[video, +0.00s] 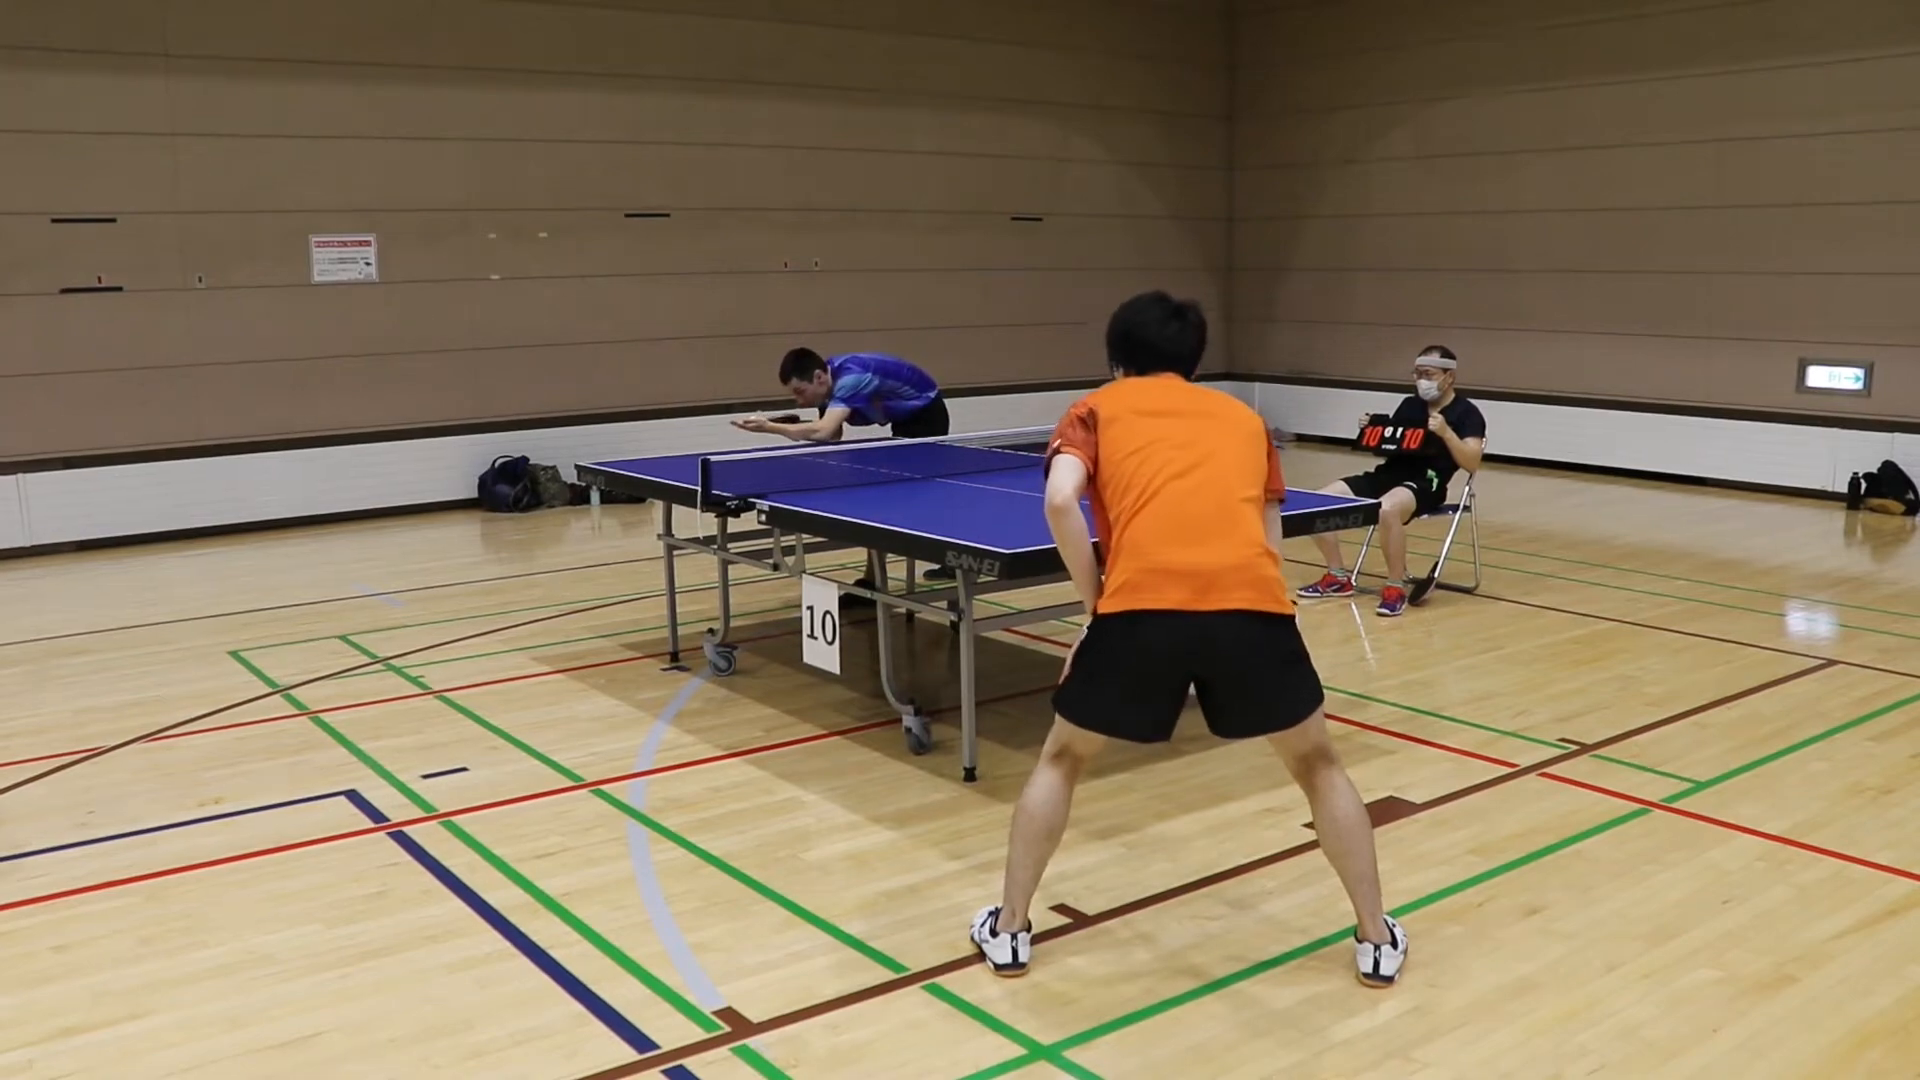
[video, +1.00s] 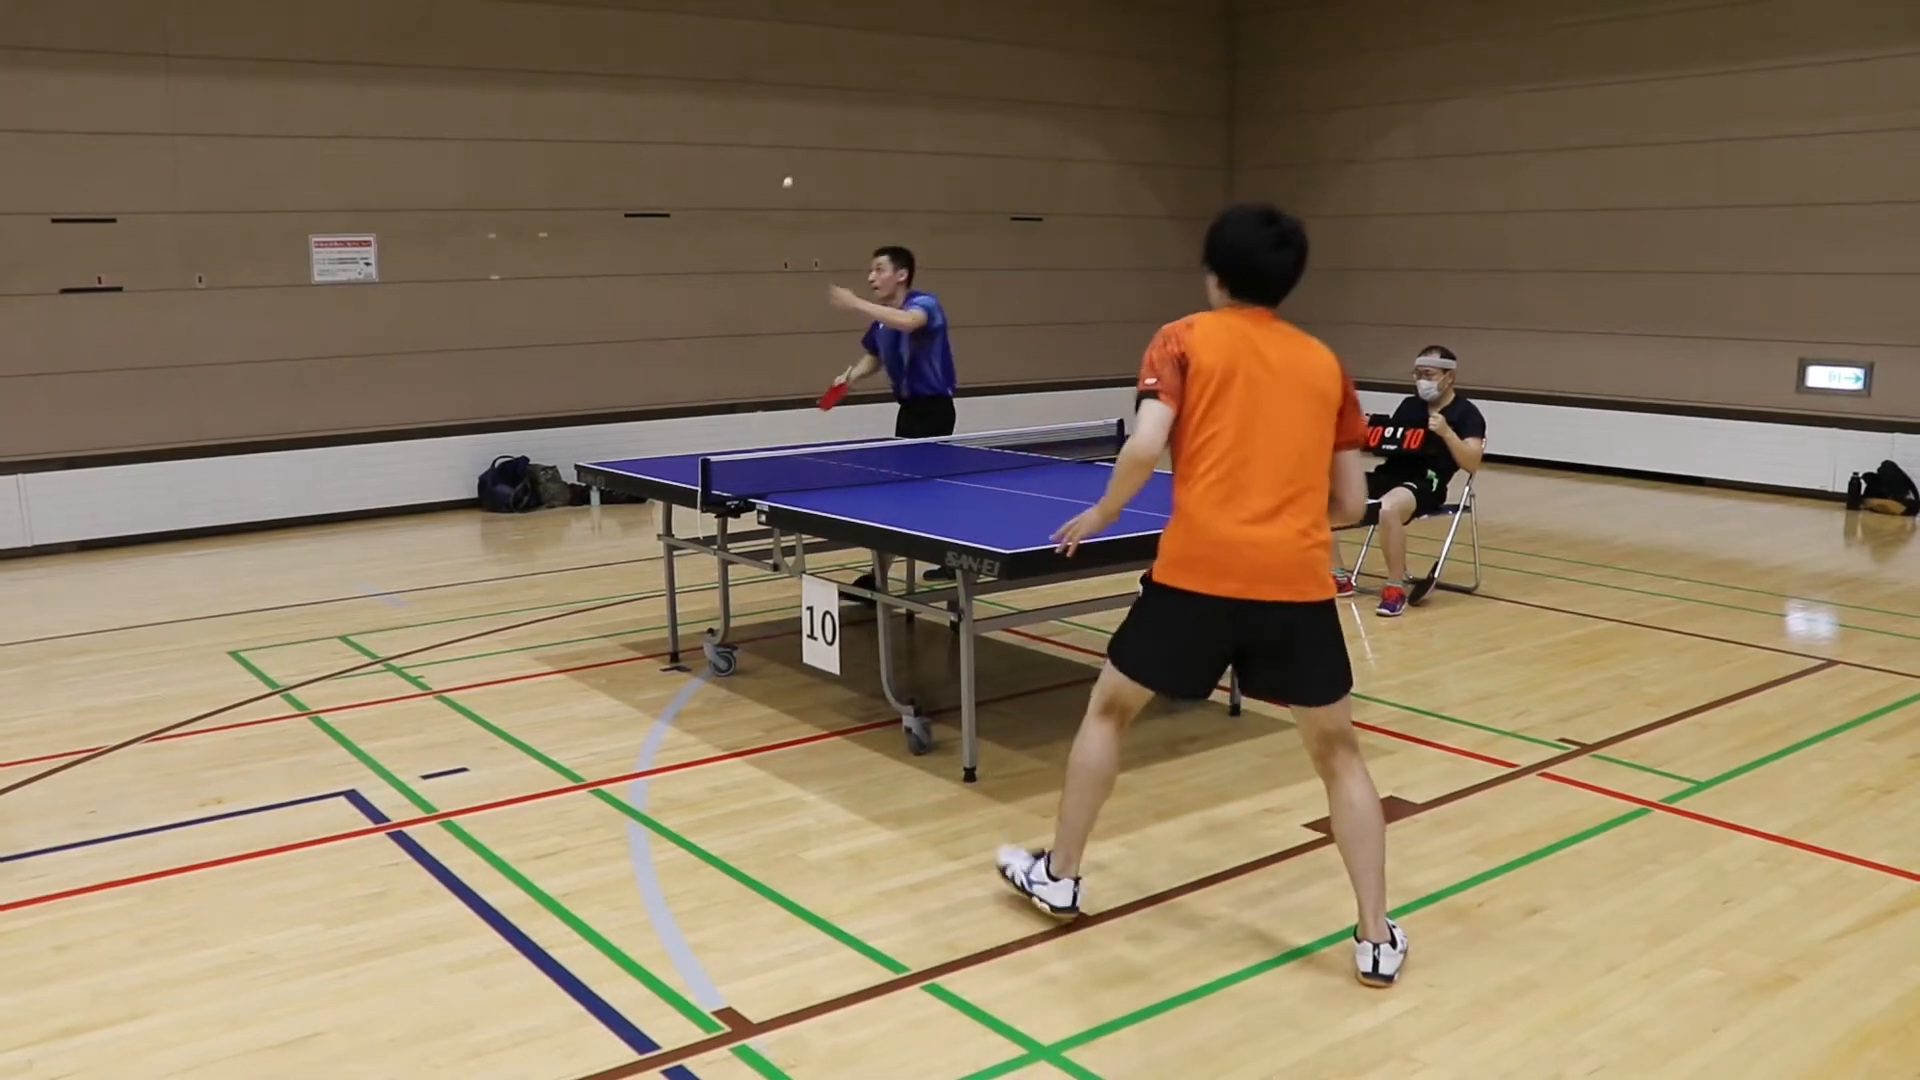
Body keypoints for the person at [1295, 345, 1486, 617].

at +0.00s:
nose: (1423, 381)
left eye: (1430, 374)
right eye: (1419, 374)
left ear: (1450, 378)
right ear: (1414, 375)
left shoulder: (1467, 414)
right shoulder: (1411, 404)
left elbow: (1472, 464)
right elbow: (1392, 440)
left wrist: (1446, 433)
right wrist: (1373, 426)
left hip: (1427, 482)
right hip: (1390, 474)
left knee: (1389, 509)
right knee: (1318, 503)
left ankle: (1394, 588)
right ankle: (1337, 576)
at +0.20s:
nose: (1423, 381)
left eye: (1430, 374)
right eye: (1419, 374)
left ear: (1449, 378)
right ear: (1414, 375)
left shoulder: (1467, 414)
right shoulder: (1411, 405)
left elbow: (1472, 464)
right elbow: (1392, 440)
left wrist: (1446, 433)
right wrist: (1373, 426)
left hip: (1427, 482)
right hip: (1390, 474)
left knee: (1389, 510)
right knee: (1317, 503)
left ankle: (1394, 588)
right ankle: (1337, 576)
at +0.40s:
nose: (1423, 380)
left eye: (1430, 374)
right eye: (1418, 374)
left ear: (1449, 377)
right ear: (1413, 375)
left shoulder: (1467, 414)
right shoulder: (1411, 405)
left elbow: (1472, 463)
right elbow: (1393, 440)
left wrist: (1446, 433)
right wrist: (1373, 426)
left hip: (1427, 482)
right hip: (1390, 474)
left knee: (1389, 509)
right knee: (1318, 503)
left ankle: (1395, 588)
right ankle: (1337, 576)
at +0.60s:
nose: (1423, 380)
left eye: (1430, 374)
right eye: (1419, 373)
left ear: (1450, 377)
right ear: (1414, 375)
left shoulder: (1467, 414)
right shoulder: (1411, 404)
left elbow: (1472, 463)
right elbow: (1392, 440)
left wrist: (1446, 433)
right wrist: (1373, 426)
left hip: (1427, 482)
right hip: (1390, 474)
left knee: (1389, 509)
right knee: (1322, 501)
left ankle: (1395, 587)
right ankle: (1337, 576)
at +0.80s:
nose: (1422, 380)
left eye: (1430, 374)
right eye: (1418, 374)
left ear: (1449, 378)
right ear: (1413, 375)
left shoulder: (1468, 414)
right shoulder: (1410, 405)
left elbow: (1472, 464)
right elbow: (1389, 443)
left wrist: (1446, 432)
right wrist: (1372, 428)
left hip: (1426, 482)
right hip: (1389, 475)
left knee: (1390, 508)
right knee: (1324, 509)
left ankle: (1395, 588)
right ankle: (1337, 575)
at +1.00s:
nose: (1423, 381)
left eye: (1430, 375)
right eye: (1418, 374)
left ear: (1450, 378)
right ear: (1414, 375)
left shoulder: (1466, 413)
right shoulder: (1410, 405)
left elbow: (1471, 463)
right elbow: (1386, 444)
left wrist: (1446, 433)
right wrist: (1367, 432)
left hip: (1426, 482)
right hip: (1388, 476)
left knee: (1390, 508)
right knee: (1323, 500)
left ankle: (1395, 587)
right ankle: (1337, 574)